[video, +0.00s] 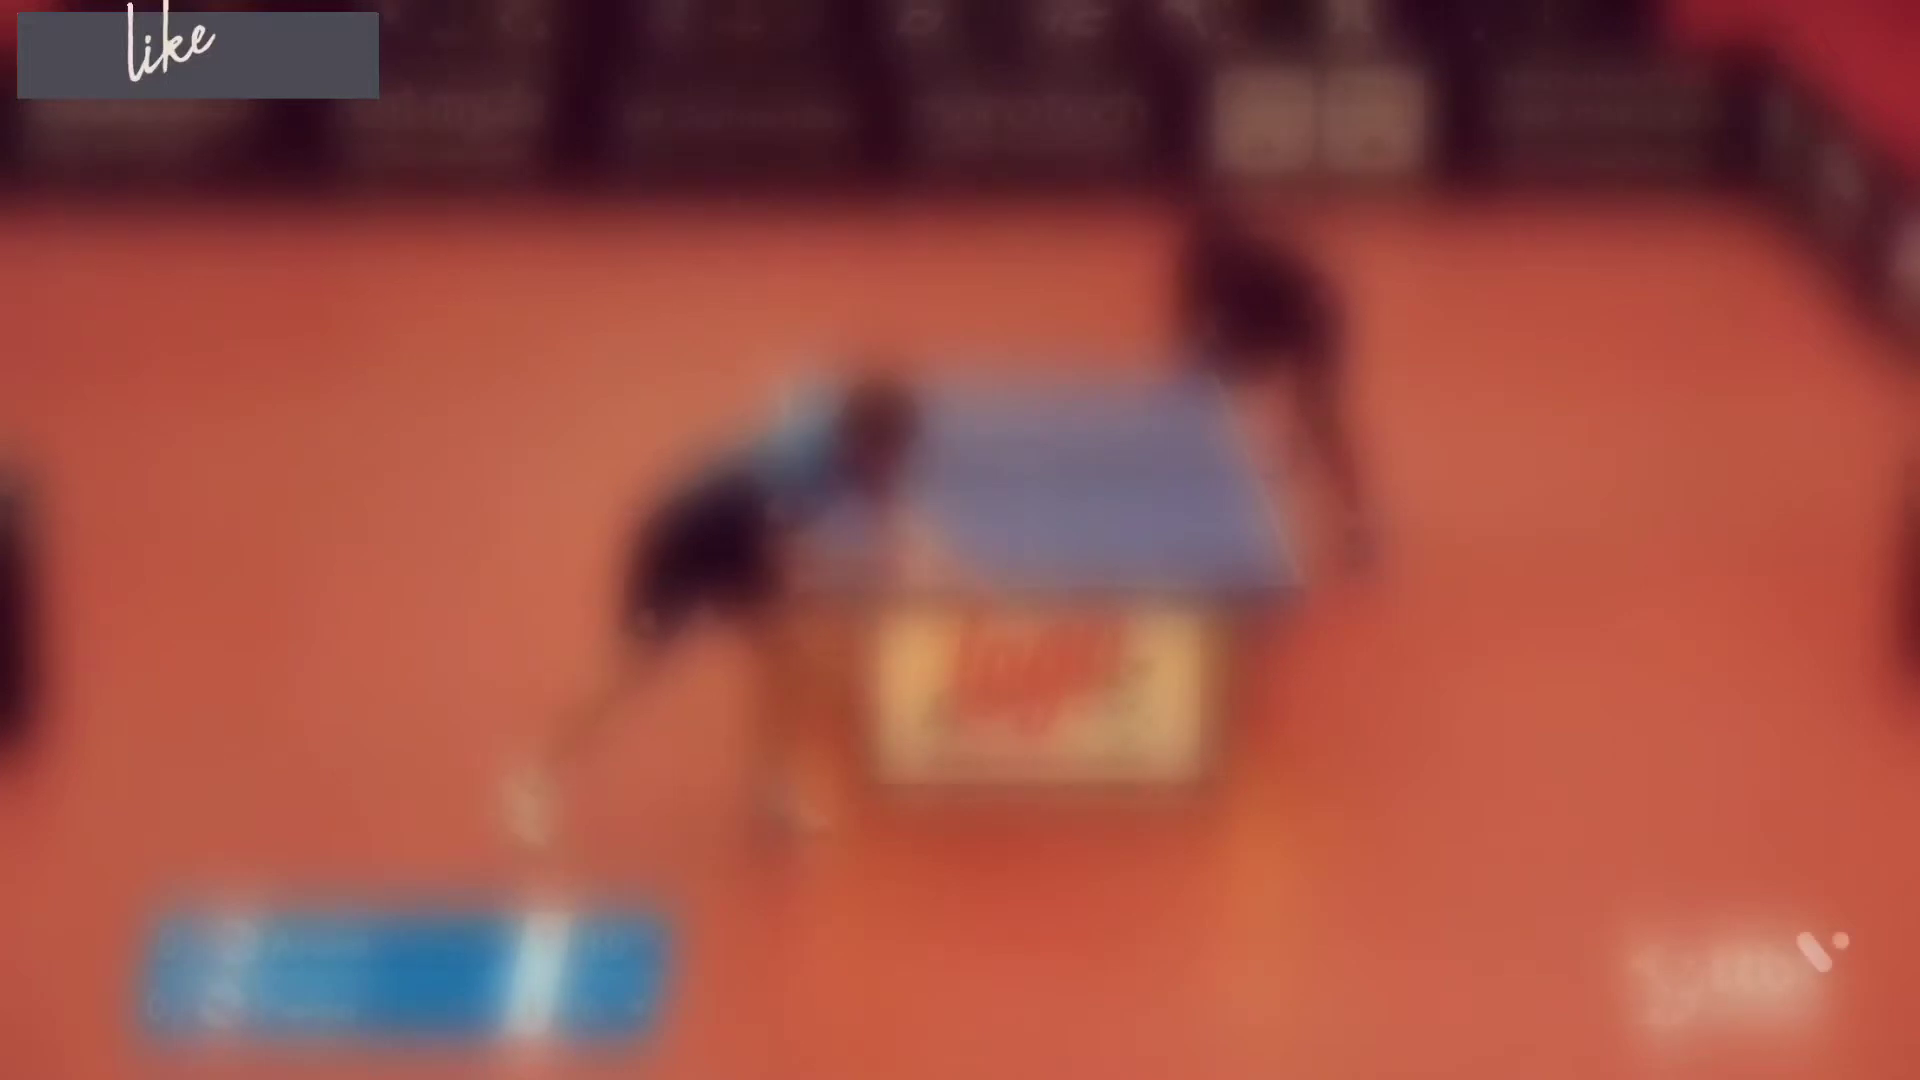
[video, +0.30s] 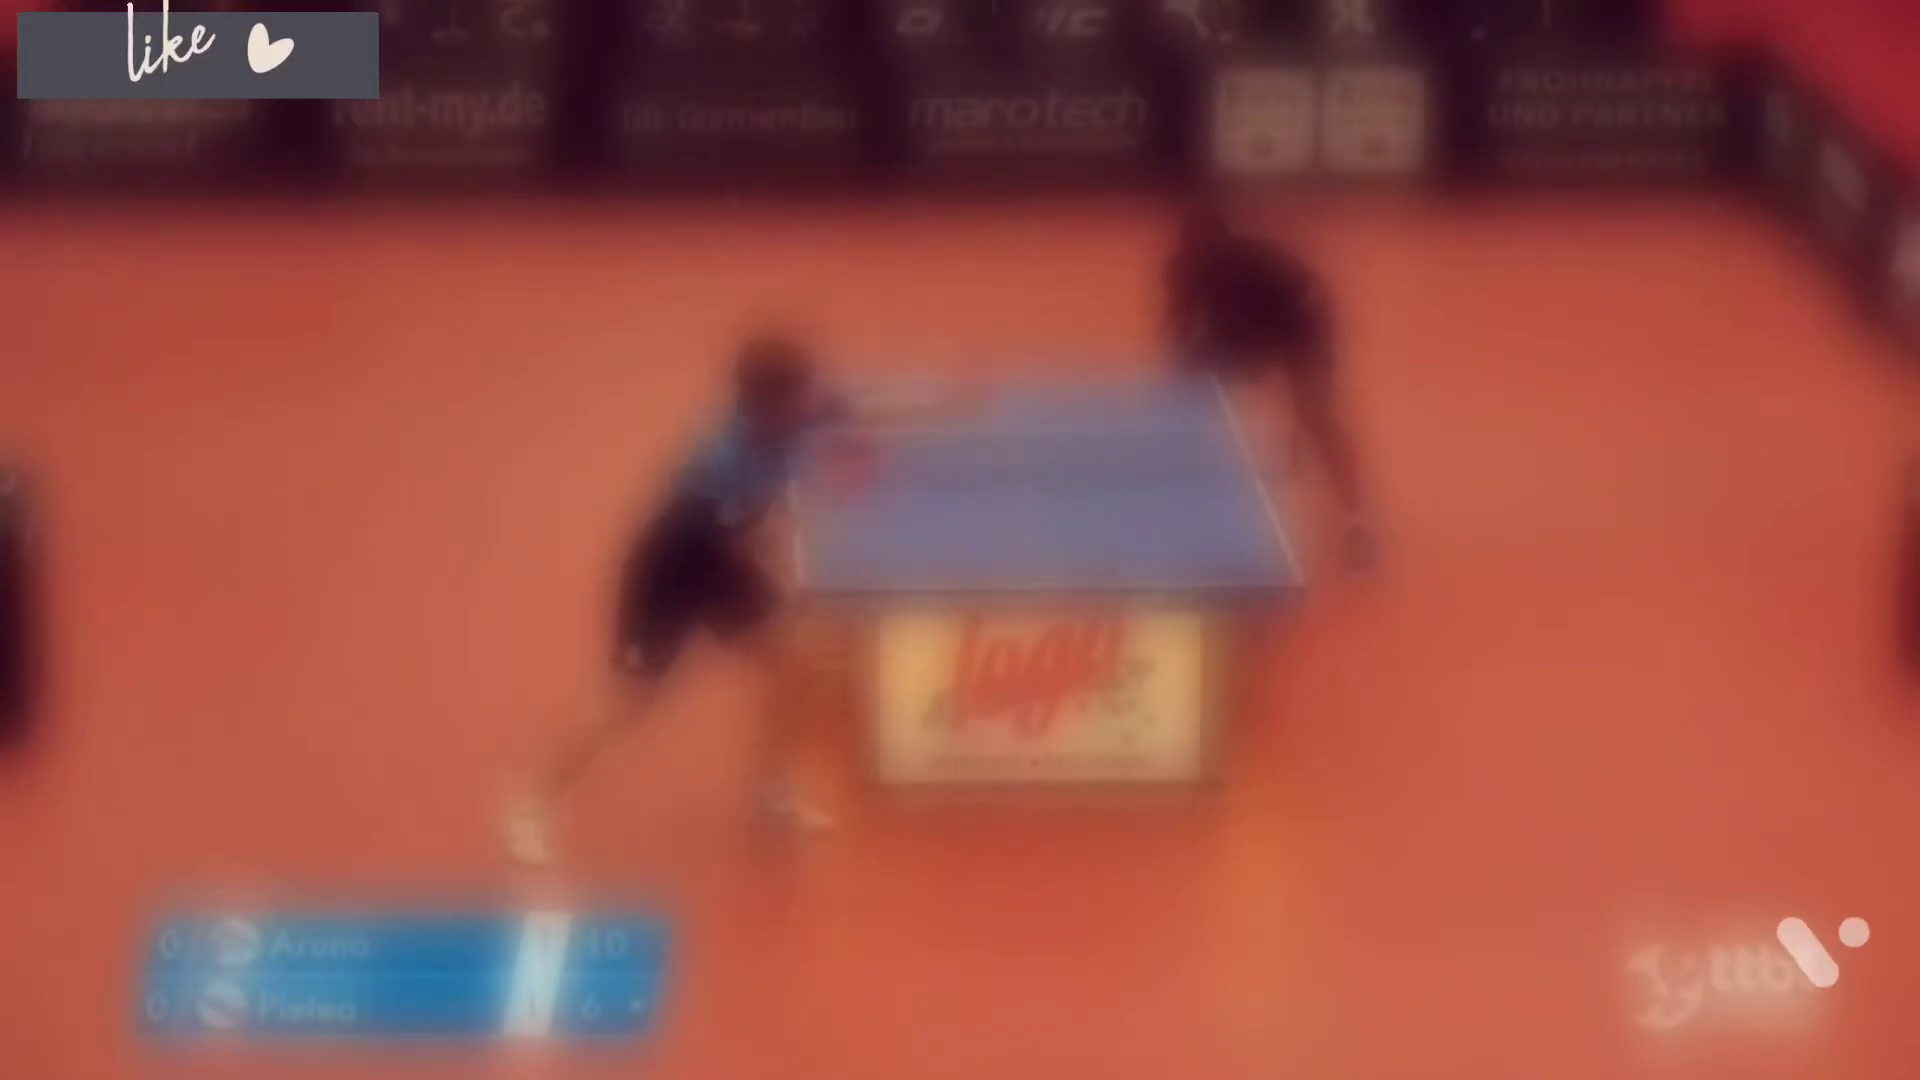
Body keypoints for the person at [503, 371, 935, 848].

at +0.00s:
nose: (884, 454)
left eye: (892, 440)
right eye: (877, 437)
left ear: (899, 436)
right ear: (853, 424)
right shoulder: (801, 458)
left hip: (743, 552)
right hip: (685, 546)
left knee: (782, 665)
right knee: (635, 670)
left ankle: (777, 795)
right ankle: (544, 773)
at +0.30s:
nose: (793, 405)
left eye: (797, 393)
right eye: (782, 394)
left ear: (802, 395)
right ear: (755, 393)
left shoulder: (783, 434)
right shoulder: (734, 450)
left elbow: (843, 420)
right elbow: (742, 536)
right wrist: (788, 594)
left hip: (720, 564)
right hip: (672, 565)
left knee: (790, 660)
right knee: (637, 693)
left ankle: (774, 791)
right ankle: (541, 797)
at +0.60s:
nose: (743, 397)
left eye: (740, 386)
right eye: (732, 389)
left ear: (736, 386)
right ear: (704, 396)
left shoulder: (734, 420)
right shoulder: (662, 455)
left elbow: (797, 397)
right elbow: (629, 544)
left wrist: (879, 395)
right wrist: (710, 551)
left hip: (688, 563)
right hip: (626, 570)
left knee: (755, 665)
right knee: (595, 699)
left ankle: (772, 793)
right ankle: (524, 811)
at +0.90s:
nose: (777, 477)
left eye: (782, 467)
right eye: (772, 466)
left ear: (773, 457)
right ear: (749, 454)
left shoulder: (748, 469)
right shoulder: (687, 467)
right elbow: (601, 510)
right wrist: (668, 530)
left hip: (685, 562)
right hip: (622, 563)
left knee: (763, 638)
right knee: (591, 699)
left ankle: (712, 743)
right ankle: (520, 811)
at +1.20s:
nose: (891, 384)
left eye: (890, 372)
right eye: (890, 374)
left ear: (840, 364)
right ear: (883, 380)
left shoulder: (791, 398)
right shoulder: (848, 439)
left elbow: (724, 403)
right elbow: (897, 477)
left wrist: (659, 406)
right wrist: (934, 474)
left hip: (716, 570)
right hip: (746, 587)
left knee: (777, 697)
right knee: (775, 723)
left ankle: (736, 801)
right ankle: (641, 782)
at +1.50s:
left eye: (894, 365)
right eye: (926, 368)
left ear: (880, 373)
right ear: (937, 379)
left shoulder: (847, 423)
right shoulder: (951, 447)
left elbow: (775, 457)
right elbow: (1019, 522)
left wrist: (781, 489)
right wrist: (1007, 487)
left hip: (831, 615)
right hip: (906, 621)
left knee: (776, 711)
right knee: (989, 736)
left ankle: (738, 835)